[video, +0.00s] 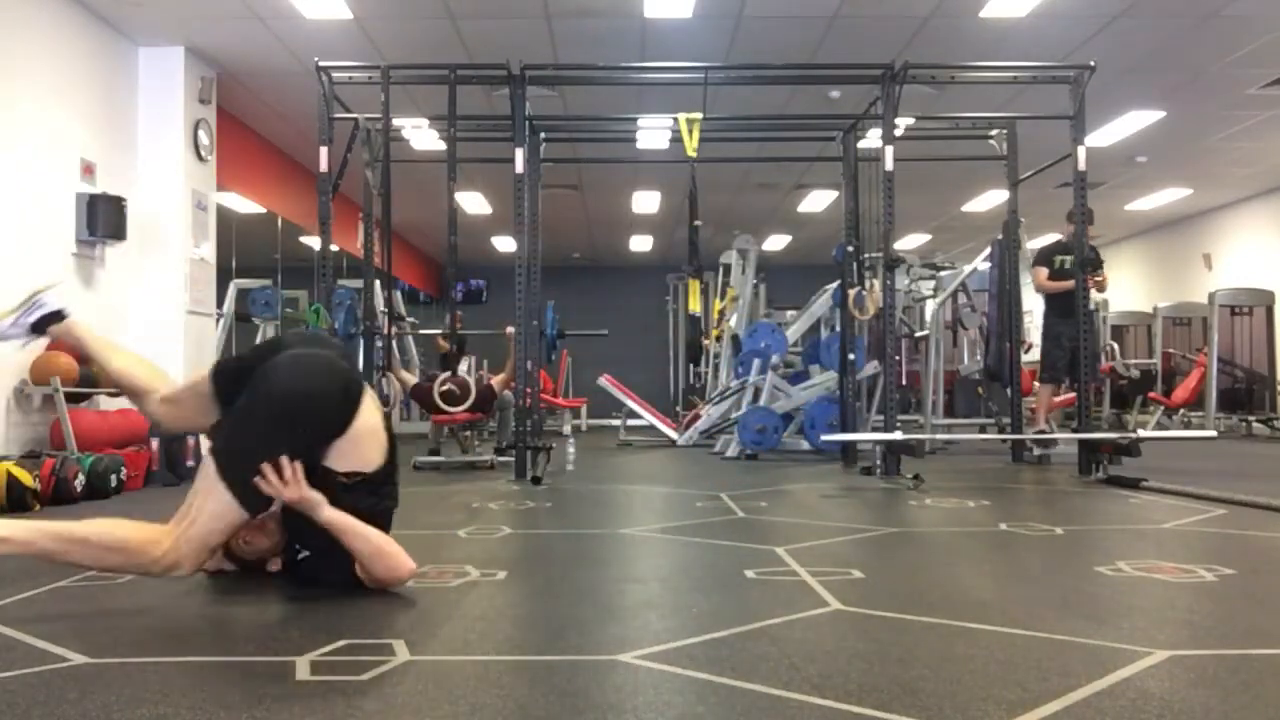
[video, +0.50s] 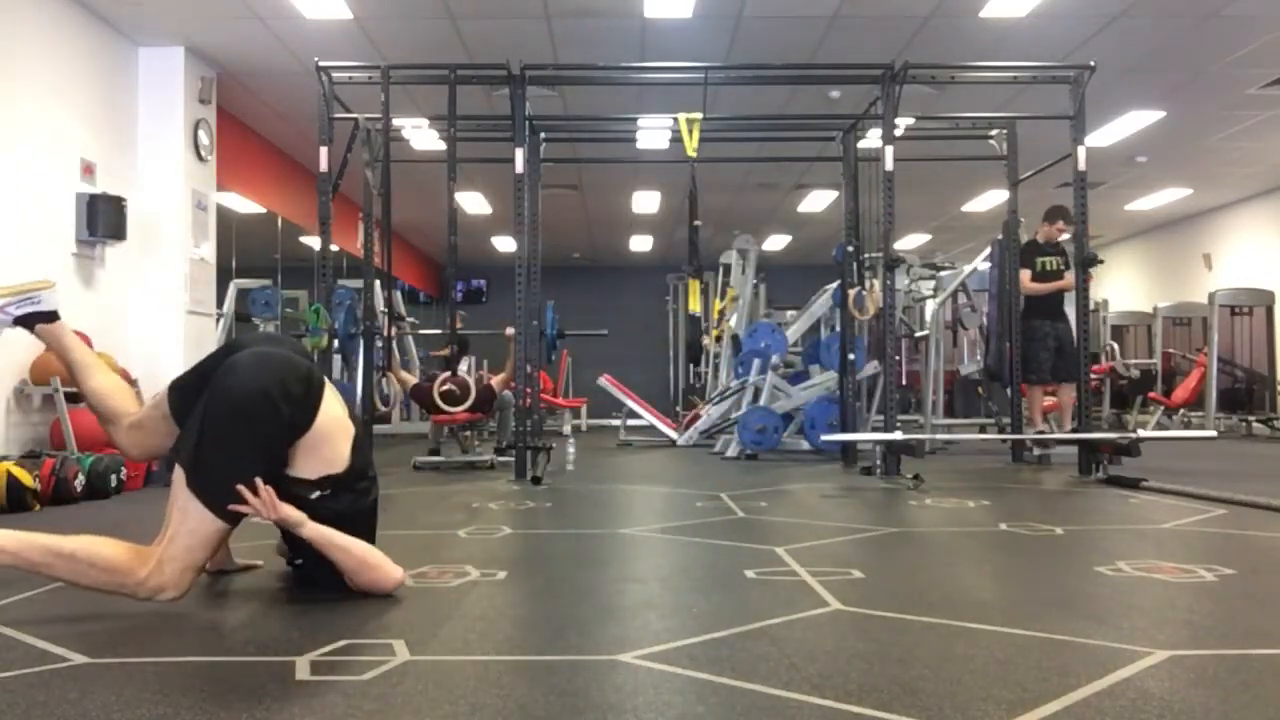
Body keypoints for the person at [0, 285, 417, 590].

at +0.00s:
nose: (244, 532)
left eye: (241, 531)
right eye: (246, 545)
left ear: (251, 518)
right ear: (265, 564)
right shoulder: (318, 561)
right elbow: (402, 569)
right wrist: (316, 507)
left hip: (308, 353)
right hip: (319, 387)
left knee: (166, 405)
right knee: (176, 551)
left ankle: (59, 323)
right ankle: (7, 532)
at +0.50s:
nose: (296, 551)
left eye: (301, 557)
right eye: (308, 557)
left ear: (298, 556)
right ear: (331, 559)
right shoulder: (347, 552)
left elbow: (214, 448)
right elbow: (392, 579)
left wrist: (220, 551)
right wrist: (297, 521)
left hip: (252, 356)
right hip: (270, 389)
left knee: (134, 435)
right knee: (162, 577)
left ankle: (41, 319)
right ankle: (5, 541)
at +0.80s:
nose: (377, 552)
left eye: (380, 544)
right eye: (382, 545)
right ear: (381, 536)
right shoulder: (353, 530)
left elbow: (221, 452)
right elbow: (384, 582)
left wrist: (219, 550)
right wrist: (294, 516)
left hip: (257, 355)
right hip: (265, 396)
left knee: (133, 433)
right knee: (163, 583)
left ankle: (51, 313)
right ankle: (5, 543)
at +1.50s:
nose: (374, 560)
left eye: (377, 550)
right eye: (379, 551)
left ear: (364, 509)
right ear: (377, 540)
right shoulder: (351, 529)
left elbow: (229, 455)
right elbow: (376, 581)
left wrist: (220, 551)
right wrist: (290, 516)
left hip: (259, 354)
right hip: (260, 398)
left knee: (146, 429)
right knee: (154, 582)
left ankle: (60, 313)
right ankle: (4, 543)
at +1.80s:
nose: (274, 523)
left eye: (276, 527)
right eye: (284, 526)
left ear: (283, 528)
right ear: (303, 536)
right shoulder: (332, 558)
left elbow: (251, 450)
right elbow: (391, 581)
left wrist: (225, 556)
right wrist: (319, 504)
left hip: (340, 350)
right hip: (354, 387)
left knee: (232, 390)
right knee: (182, 532)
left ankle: (177, 259)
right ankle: (8, 532)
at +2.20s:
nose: (313, 499)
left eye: (308, 501)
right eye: (303, 505)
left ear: (311, 501)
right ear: (304, 529)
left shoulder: (343, 470)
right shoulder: (337, 549)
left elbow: (307, 428)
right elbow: (389, 584)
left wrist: (248, 501)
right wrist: (369, 510)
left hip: (489, 411)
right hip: (484, 452)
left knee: (372, 389)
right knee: (286, 480)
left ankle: (405, 302)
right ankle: (148, 391)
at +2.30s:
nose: (329, 482)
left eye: (324, 476)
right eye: (315, 488)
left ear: (339, 477)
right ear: (312, 518)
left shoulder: (371, 474)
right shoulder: (345, 553)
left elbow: (349, 415)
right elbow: (384, 584)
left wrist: (277, 453)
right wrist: (368, 530)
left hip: (518, 434)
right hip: (519, 479)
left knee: (398, 391)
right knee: (322, 439)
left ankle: (473, 319)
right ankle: (227, 318)